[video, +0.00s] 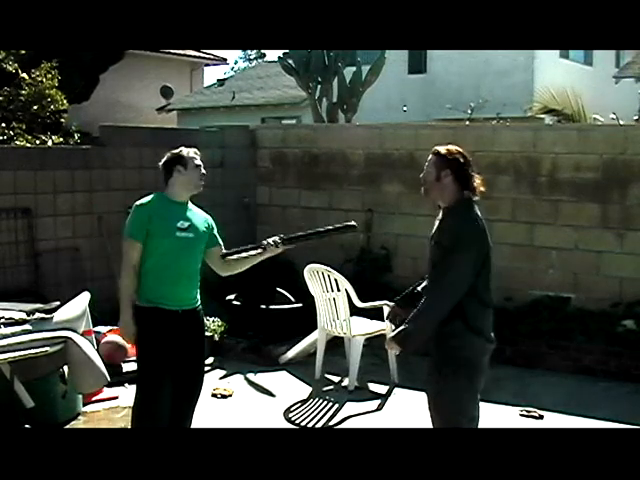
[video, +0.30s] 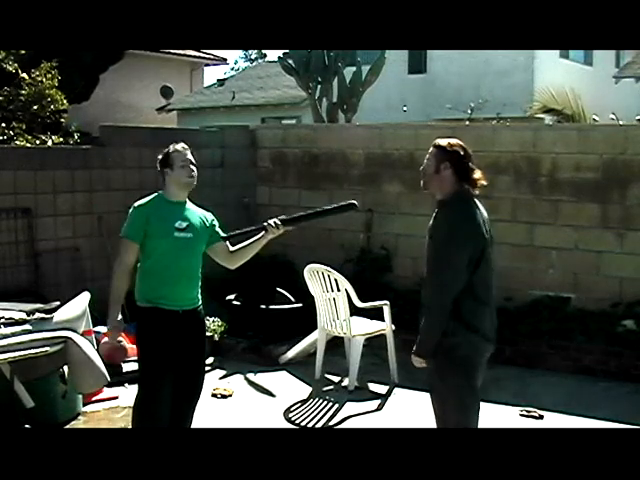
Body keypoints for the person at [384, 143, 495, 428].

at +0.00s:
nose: (422, 180)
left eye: (427, 172)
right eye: (423, 172)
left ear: (446, 176)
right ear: (445, 177)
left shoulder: (463, 223)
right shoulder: (450, 216)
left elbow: (447, 291)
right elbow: (438, 278)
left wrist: (405, 337)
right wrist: (403, 305)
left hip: (462, 342)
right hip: (450, 336)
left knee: (453, 418)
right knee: (447, 415)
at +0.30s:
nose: (421, 175)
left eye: (427, 168)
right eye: (423, 167)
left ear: (446, 171)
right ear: (446, 171)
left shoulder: (455, 215)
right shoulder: (465, 209)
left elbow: (443, 286)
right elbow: (445, 284)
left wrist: (423, 346)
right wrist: (427, 340)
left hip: (459, 338)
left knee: (455, 419)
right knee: (455, 417)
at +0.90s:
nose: (419, 167)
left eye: (426, 163)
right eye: (423, 162)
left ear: (444, 173)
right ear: (443, 174)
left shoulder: (444, 215)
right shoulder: (450, 212)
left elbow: (432, 281)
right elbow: (433, 280)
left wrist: (405, 328)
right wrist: (406, 325)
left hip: (448, 328)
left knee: (442, 410)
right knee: (445, 408)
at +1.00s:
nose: (422, 162)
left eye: (429, 160)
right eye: (426, 158)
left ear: (443, 174)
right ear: (444, 175)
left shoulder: (443, 212)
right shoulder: (453, 210)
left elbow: (429, 271)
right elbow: (430, 271)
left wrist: (395, 315)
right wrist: (397, 304)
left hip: (445, 327)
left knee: (441, 407)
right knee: (446, 404)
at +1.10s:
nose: (419, 168)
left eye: (426, 164)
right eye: (423, 163)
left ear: (444, 174)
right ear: (444, 174)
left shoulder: (445, 213)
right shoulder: (447, 209)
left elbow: (427, 272)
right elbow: (423, 265)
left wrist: (379, 292)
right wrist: (383, 281)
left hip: (449, 326)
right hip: (454, 322)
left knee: (437, 404)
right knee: (449, 401)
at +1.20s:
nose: (418, 170)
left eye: (424, 165)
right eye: (420, 164)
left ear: (443, 173)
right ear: (443, 173)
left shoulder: (448, 211)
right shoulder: (451, 208)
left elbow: (414, 257)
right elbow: (415, 253)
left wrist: (365, 252)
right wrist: (371, 251)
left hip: (449, 323)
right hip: (454, 319)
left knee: (436, 399)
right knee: (448, 399)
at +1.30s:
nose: (417, 174)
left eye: (423, 168)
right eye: (418, 167)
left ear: (443, 172)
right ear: (443, 173)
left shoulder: (449, 213)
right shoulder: (457, 210)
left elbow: (400, 248)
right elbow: (409, 243)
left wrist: (352, 229)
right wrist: (380, 234)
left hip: (444, 330)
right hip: (456, 326)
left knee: (436, 410)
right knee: (449, 408)